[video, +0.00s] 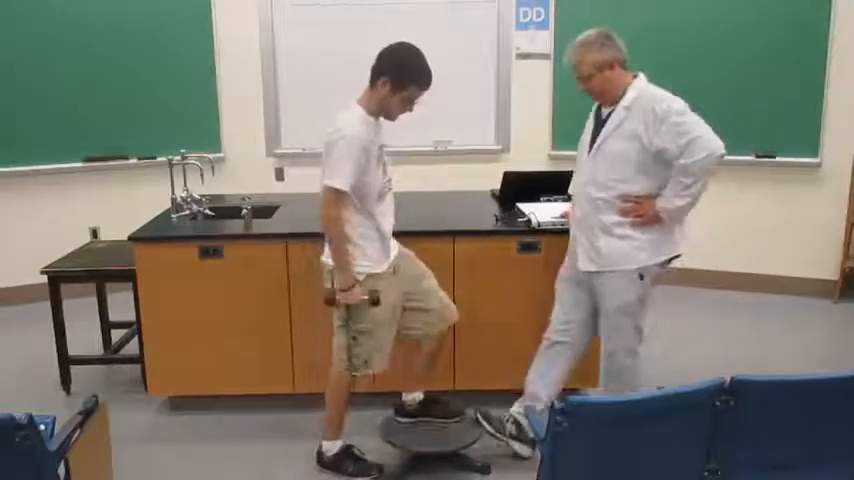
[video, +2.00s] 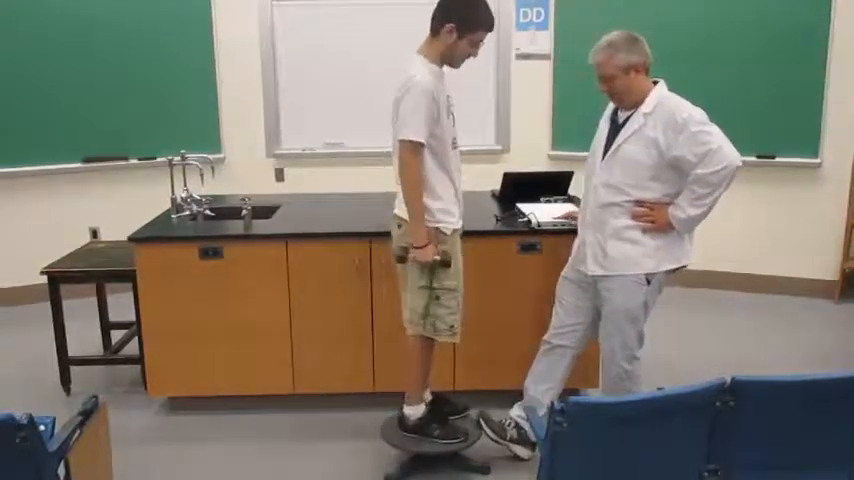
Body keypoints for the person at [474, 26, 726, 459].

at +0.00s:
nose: (582, 87)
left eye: (587, 76)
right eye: (579, 78)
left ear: (614, 67)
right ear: (600, 71)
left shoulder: (655, 105)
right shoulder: (600, 112)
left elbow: (705, 149)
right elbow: (602, 174)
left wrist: (666, 207)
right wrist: (583, 208)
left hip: (628, 253)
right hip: (586, 248)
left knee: (620, 352)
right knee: (562, 336)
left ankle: (618, 435)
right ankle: (529, 419)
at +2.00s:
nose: (602, 88)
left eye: (608, 78)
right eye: (599, 79)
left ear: (638, 70)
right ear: (625, 73)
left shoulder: (675, 114)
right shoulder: (614, 111)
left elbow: (723, 161)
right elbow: (615, 174)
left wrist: (678, 215)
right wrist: (592, 211)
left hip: (633, 258)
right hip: (590, 250)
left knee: (620, 360)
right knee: (561, 338)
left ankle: (618, 443)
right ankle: (528, 424)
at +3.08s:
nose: (609, 61)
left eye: (617, 53)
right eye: (606, 53)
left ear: (647, 54)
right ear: (605, 55)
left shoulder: (681, 104)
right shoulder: (595, 106)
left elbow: (732, 149)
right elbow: (566, 160)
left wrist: (687, 204)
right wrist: (542, 201)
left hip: (646, 250)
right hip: (596, 248)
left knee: (628, 348)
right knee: (594, 343)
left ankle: (635, 435)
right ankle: (600, 428)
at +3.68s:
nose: (606, 63)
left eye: (616, 55)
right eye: (604, 54)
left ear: (649, 58)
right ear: (601, 57)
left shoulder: (696, 115)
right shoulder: (584, 115)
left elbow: (753, 158)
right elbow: (535, 146)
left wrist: (703, 217)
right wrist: (482, 156)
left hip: (657, 281)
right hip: (590, 276)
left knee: (654, 390)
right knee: (586, 375)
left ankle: (652, 479)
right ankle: (602, 467)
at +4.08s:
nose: (539, 72)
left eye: (549, 62)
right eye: (538, 62)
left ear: (585, 65)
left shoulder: (633, 124)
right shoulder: (528, 127)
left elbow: (695, 177)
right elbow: (492, 170)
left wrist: (646, 241)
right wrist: (437, 161)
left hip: (605, 301)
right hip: (537, 299)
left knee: (618, 412)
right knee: (534, 407)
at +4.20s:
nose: (492, 73)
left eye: (500, 61)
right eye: (491, 62)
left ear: (538, 60)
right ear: (528, 62)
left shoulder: (584, 119)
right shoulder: (497, 121)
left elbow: (640, 178)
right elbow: (469, 179)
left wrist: (591, 245)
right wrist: (415, 164)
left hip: (554, 306)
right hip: (502, 302)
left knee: (538, 425)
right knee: (514, 420)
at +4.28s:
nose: (492, 73)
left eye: (500, 61)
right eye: (491, 62)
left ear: (538, 60)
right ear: (528, 62)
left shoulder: (584, 119)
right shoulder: (497, 121)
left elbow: (640, 178)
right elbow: (469, 179)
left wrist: (591, 245)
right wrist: (415, 164)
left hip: (550, 305)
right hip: (501, 300)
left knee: (535, 423)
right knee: (512, 417)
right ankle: (525, 476)